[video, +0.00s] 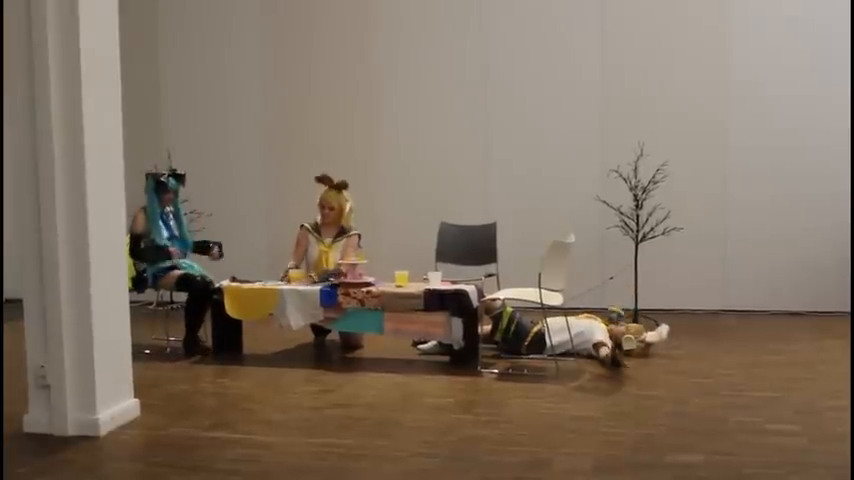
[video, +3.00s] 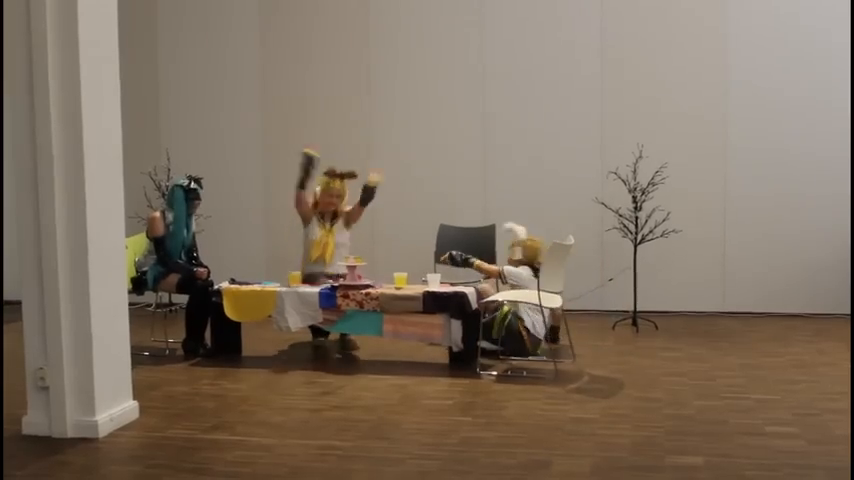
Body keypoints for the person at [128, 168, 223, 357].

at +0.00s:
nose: (171, 197)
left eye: (173, 193)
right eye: (167, 192)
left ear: (174, 194)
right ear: (158, 193)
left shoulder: (170, 213)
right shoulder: (144, 215)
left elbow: (179, 244)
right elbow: (136, 250)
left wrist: (205, 248)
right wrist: (166, 253)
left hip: (175, 265)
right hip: (156, 269)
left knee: (208, 287)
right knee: (198, 285)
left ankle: (193, 338)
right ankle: (190, 340)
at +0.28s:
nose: (173, 192)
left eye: (175, 188)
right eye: (168, 188)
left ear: (177, 190)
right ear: (158, 190)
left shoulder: (177, 212)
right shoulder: (145, 213)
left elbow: (187, 239)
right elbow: (157, 248)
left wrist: (199, 250)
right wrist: (187, 255)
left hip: (181, 264)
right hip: (161, 267)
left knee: (208, 284)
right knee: (198, 284)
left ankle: (200, 337)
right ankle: (192, 340)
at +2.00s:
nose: (194, 207)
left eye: (195, 203)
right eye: (191, 202)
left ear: (195, 204)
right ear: (178, 201)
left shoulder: (188, 222)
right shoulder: (157, 221)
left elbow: (193, 255)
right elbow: (165, 260)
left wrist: (200, 268)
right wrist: (191, 272)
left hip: (179, 269)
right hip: (157, 272)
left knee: (206, 285)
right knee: (198, 285)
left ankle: (199, 341)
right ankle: (191, 343)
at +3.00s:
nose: (195, 208)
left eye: (197, 204)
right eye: (193, 203)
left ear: (195, 203)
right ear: (180, 200)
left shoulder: (187, 221)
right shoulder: (158, 218)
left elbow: (192, 255)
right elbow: (165, 259)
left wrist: (202, 268)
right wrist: (192, 272)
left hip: (176, 269)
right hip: (155, 272)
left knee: (207, 286)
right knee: (198, 288)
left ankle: (199, 341)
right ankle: (191, 344)